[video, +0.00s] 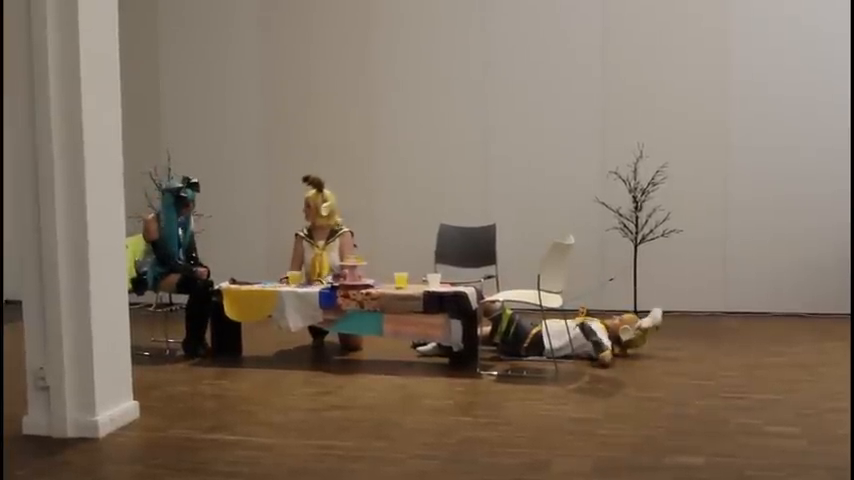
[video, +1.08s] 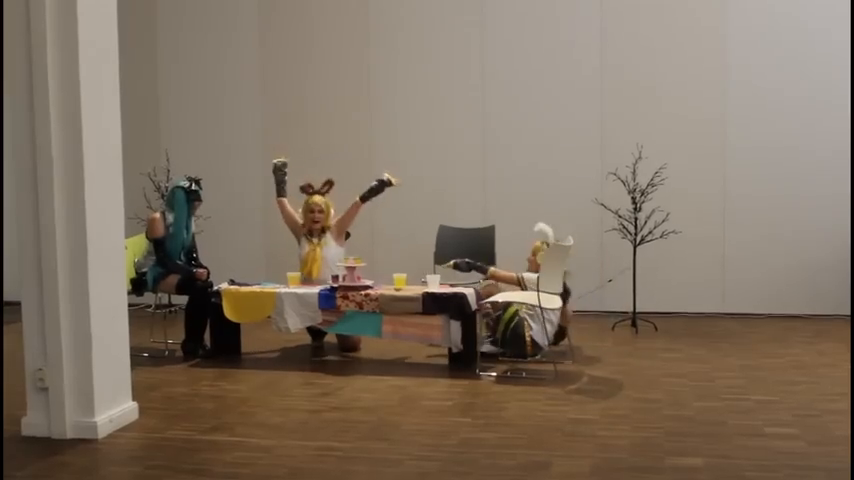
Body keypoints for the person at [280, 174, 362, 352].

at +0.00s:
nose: (304, 212)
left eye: (308, 208)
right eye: (305, 207)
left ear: (321, 210)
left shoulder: (343, 234)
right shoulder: (302, 236)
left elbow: (347, 267)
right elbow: (295, 269)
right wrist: (290, 282)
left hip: (339, 291)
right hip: (311, 293)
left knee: (353, 344)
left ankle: (346, 334)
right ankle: (317, 338)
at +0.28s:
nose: (315, 209)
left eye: (321, 205)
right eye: (312, 205)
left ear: (332, 209)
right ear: (308, 207)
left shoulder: (342, 229)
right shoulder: (302, 231)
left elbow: (348, 258)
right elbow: (289, 259)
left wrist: (335, 273)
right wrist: (285, 275)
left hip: (339, 291)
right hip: (309, 293)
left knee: (353, 345)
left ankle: (344, 339)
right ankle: (317, 340)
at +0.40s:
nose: (315, 207)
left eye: (321, 204)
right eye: (313, 203)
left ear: (332, 207)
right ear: (311, 205)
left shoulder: (338, 228)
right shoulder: (305, 225)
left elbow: (351, 226)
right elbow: (273, 224)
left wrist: (353, 223)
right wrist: (283, 247)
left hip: (339, 288)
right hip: (310, 288)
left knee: (354, 345)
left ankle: (344, 338)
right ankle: (317, 338)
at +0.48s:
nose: (311, 207)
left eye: (316, 203)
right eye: (311, 203)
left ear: (330, 207)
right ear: (311, 205)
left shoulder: (341, 227)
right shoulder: (308, 223)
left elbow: (353, 202)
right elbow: (286, 195)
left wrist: (350, 197)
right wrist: (283, 208)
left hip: (339, 293)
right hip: (311, 293)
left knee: (352, 345)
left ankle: (344, 340)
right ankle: (317, 341)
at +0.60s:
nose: (308, 208)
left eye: (313, 204)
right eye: (308, 203)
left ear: (326, 207)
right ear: (308, 206)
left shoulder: (337, 229)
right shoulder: (308, 226)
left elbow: (344, 193)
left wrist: (351, 162)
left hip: (336, 298)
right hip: (308, 298)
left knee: (350, 345)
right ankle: (318, 335)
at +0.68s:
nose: (306, 208)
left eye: (311, 203)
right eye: (306, 203)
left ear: (324, 207)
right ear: (306, 207)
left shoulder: (337, 231)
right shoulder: (305, 230)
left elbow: (349, 193)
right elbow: (297, 203)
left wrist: (361, 165)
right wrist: (295, 175)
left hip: (337, 298)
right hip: (310, 299)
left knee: (352, 345)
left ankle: (345, 334)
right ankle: (317, 338)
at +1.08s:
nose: (315, 216)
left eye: (320, 211)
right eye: (311, 211)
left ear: (328, 214)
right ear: (304, 214)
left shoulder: (336, 233)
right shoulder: (303, 236)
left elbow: (357, 205)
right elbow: (283, 204)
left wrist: (382, 184)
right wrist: (280, 177)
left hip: (339, 296)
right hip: (310, 297)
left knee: (351, 346)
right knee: (295, 300)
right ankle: (316, 339)